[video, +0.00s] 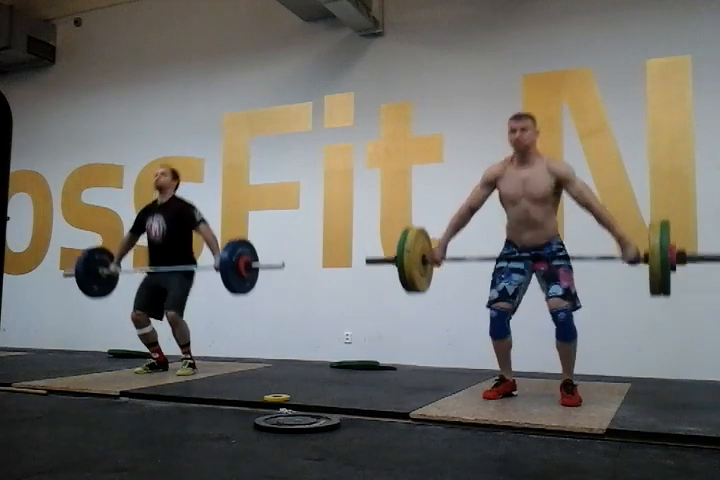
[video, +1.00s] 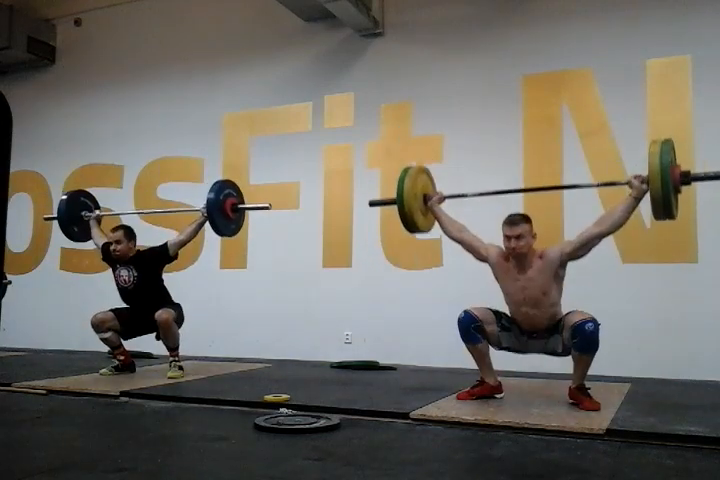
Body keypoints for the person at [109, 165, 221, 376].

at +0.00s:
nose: (157, 176)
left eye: (163, 174)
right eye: (156, 174)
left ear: (174, 182)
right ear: (155, 182)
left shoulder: (185, 208)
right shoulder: (147, 211)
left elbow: (205, 231)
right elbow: (131, 238)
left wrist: (217, 255)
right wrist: (116, 260)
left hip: (180, 272)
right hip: (156, 272)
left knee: (172, 314)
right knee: (139, 316)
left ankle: (188, 360)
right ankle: (159, 360)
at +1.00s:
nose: (113, 248)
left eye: (118, 243)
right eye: (111, 244)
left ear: (132, 244)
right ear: (109, 246)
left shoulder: (150, 257)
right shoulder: (114, 260)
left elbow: (181, 240)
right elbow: (98, 239)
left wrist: (203, 218)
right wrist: (93, 221)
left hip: (164, 311)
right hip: (138, 313)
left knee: (163, 317)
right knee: (99, 321)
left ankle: (175, 362)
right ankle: (125, 362)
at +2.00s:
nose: (139, 168)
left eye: (143, 164)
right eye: (137, 164)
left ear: (156, 164)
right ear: (135, 167)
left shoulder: (172, 182)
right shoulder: (135, 184)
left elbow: (200, 162)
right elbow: (118, 164)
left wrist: (219, 136)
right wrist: (111, 148)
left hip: (171, 257)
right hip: (145, 257)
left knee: (175, 306)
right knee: (136, 305)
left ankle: (182, 359)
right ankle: (128, 358)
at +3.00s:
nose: (130, 230)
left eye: (134, 225)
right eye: (128, 226)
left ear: (147, 224)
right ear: (126, 226)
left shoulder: (166, 239)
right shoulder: (129, 246)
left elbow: (203, 251)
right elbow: (118, 266)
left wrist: (225, 274)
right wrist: (118, 281)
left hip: (190, 281)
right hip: (164, 283)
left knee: (177, 310)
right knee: (133, 311)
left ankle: (182, 360)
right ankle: (145, 359)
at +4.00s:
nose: (136, 191)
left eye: (141, 186)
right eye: (135, 187)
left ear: (154, 188)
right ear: (135, 190)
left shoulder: (174, 211)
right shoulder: (135, 218)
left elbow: (195, 237)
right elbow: (124, 244)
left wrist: (214, 264)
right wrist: (114, 269)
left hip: (186, 266)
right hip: (161, 267)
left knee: (178, 307)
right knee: (140, 309)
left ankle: (183, 360)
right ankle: (146, 358)